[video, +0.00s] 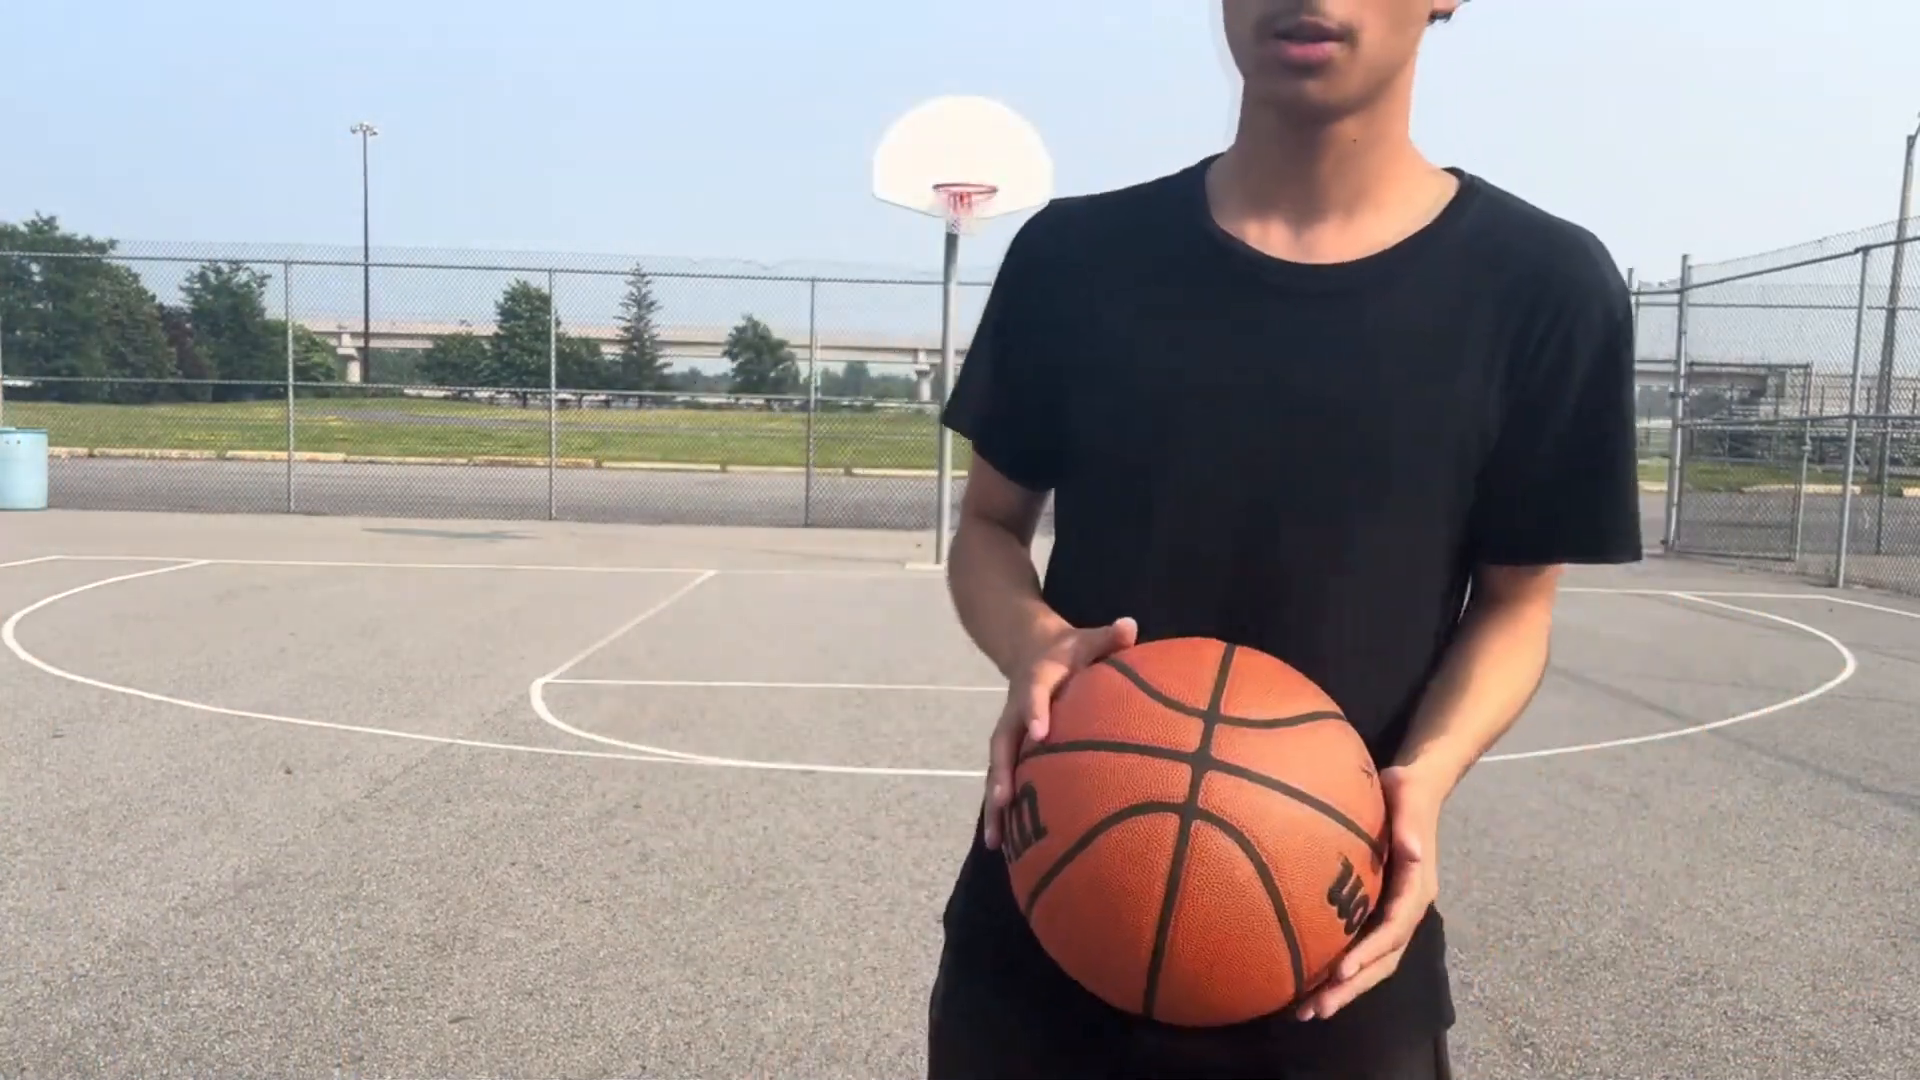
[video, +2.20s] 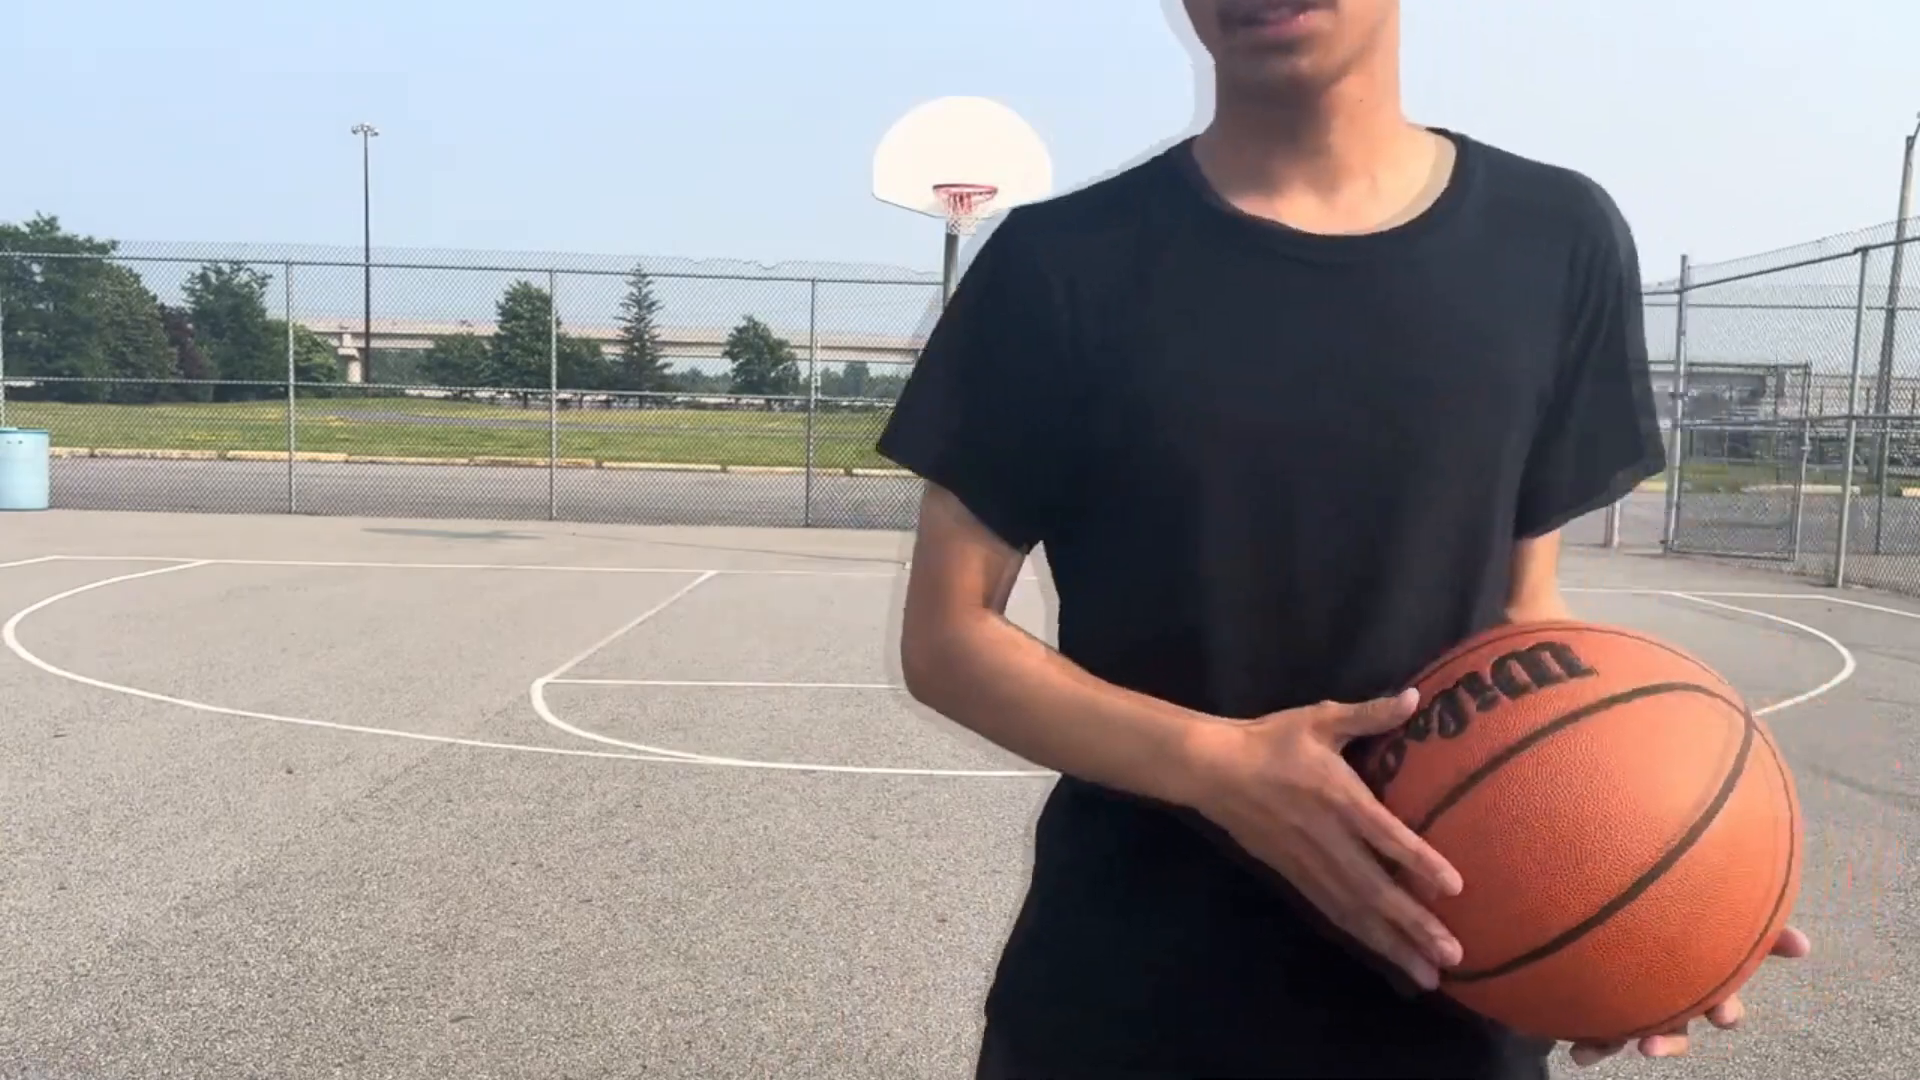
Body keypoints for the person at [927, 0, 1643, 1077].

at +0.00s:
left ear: (1436, 1)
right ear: (1222, 1)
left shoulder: (1547, 287)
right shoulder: (1071, 255)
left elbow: (1515, 601)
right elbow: (988, 528)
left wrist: (1422, 771)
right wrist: (1033, 643)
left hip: (1346, 929)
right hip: (1054, 906)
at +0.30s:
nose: (1170, 33)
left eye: (1221, 4)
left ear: (1285, 42)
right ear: (1083, 20)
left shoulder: (1387, 266)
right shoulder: (979, 302)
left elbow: (1442, 541)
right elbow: (929, 563)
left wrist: (1355, 702)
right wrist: (988, 628)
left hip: (1289, 908)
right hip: (1030, 903)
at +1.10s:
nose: (1200, 41)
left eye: (1240, 2)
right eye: (1155, 10)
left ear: (1314, 22)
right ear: (1114, 45)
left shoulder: (1450, 272)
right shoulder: (1040, 313)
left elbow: (1496, 565)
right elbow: (1013, 589)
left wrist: (1510, 735)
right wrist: (1044, 646)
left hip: (1373, 914)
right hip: (1103, 922)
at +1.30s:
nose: (1342, 25)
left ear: (1470, 11)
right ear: (1260, 22)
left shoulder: (1581, 301)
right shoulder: (1134, 282)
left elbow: (1616, 613)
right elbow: (1035, 565)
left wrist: (1612, 776)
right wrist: (1107, 685)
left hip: (1453, 970)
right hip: (1157, 961)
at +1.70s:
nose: (1500, 5)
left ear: (1626, 12)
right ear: (1405, 15)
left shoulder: (1735, 309)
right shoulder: (1247, 245)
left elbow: (1714, 639)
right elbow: (1094, 547)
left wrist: (1764, 846)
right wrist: (1276, 703)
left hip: (1494, 1008)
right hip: (1185, 969)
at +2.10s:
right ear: (1255, 5)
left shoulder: (1613, 257)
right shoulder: (1117, 265)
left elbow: (1567, 625)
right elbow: (990, 622)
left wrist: (1670, 896)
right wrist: (1259, 756)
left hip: (1470, 1025)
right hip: (1152, 1014)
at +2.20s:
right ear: (1180, 0)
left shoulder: (1556, 240)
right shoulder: (1054, 265)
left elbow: (1522, 611)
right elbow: (943, 636)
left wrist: (1627, 889)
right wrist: (1212, 763)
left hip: (1442, 1020)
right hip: (1124, 1017)